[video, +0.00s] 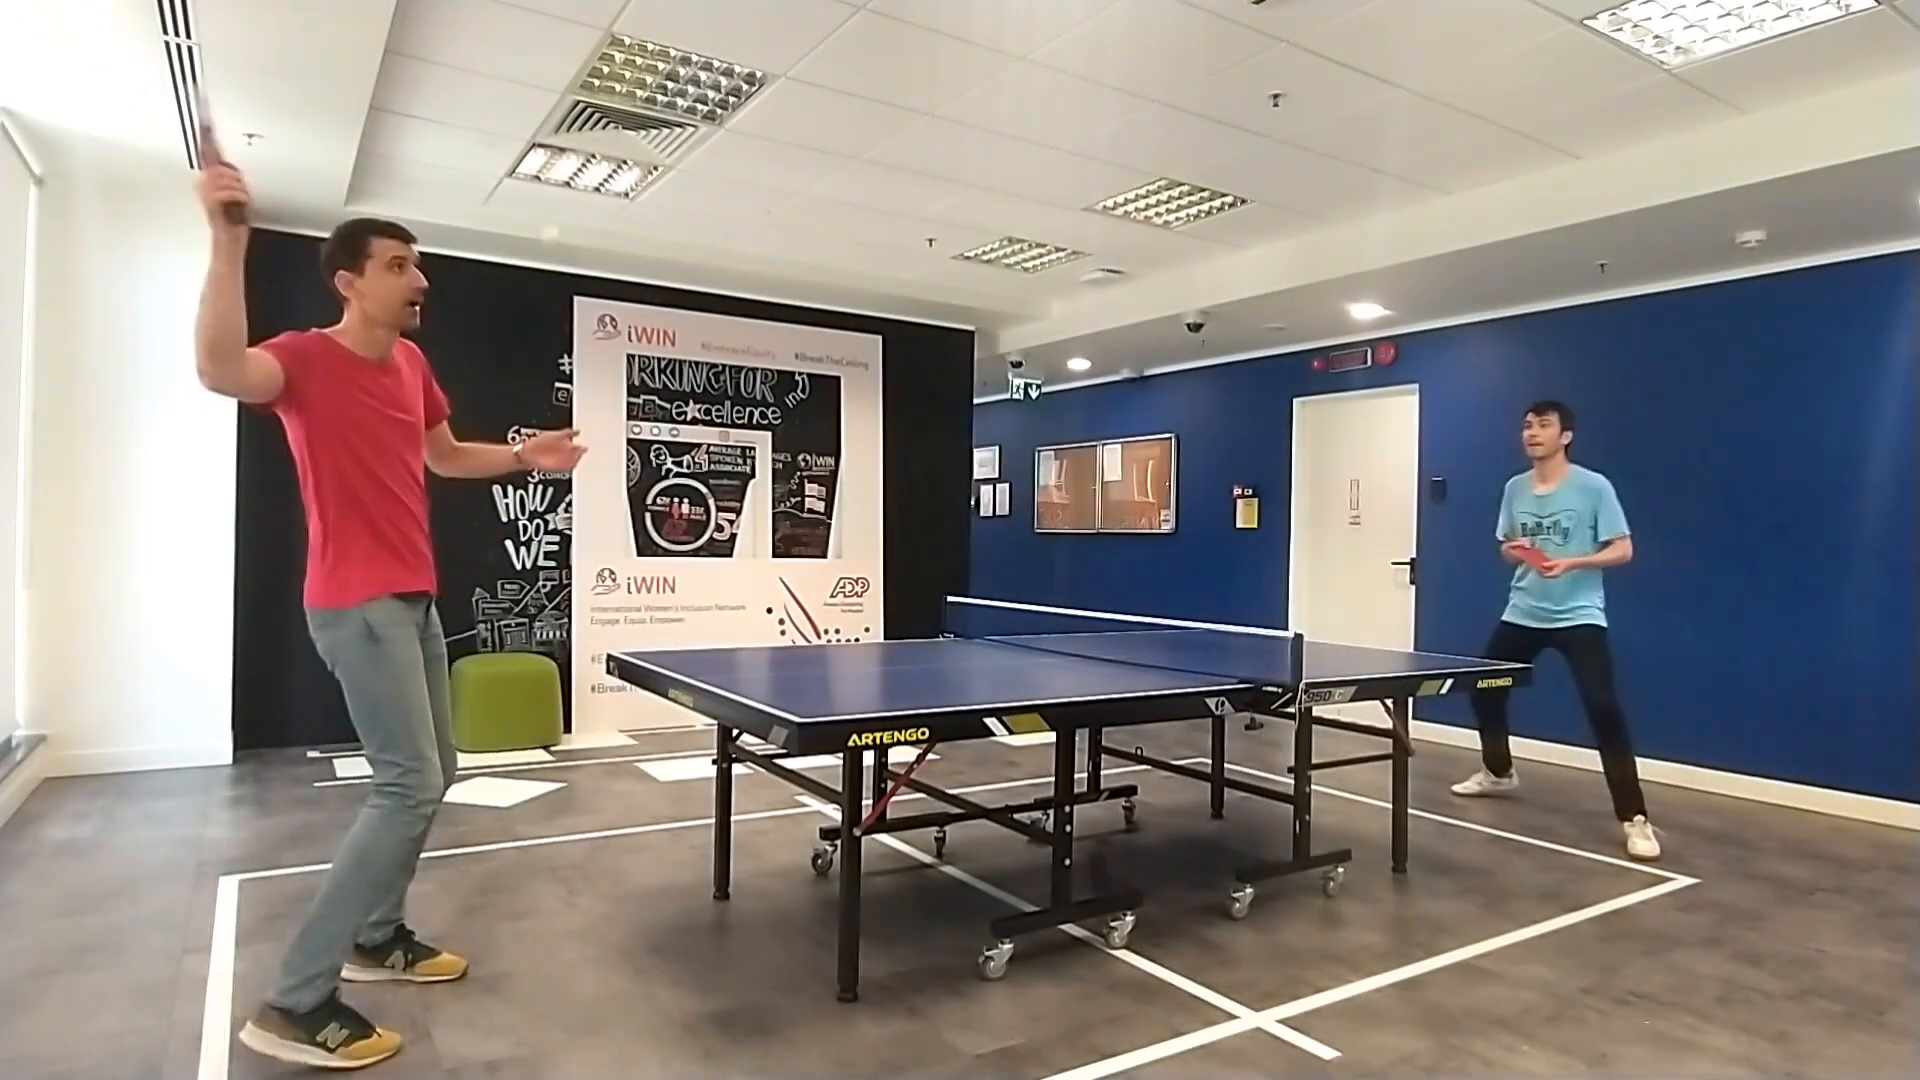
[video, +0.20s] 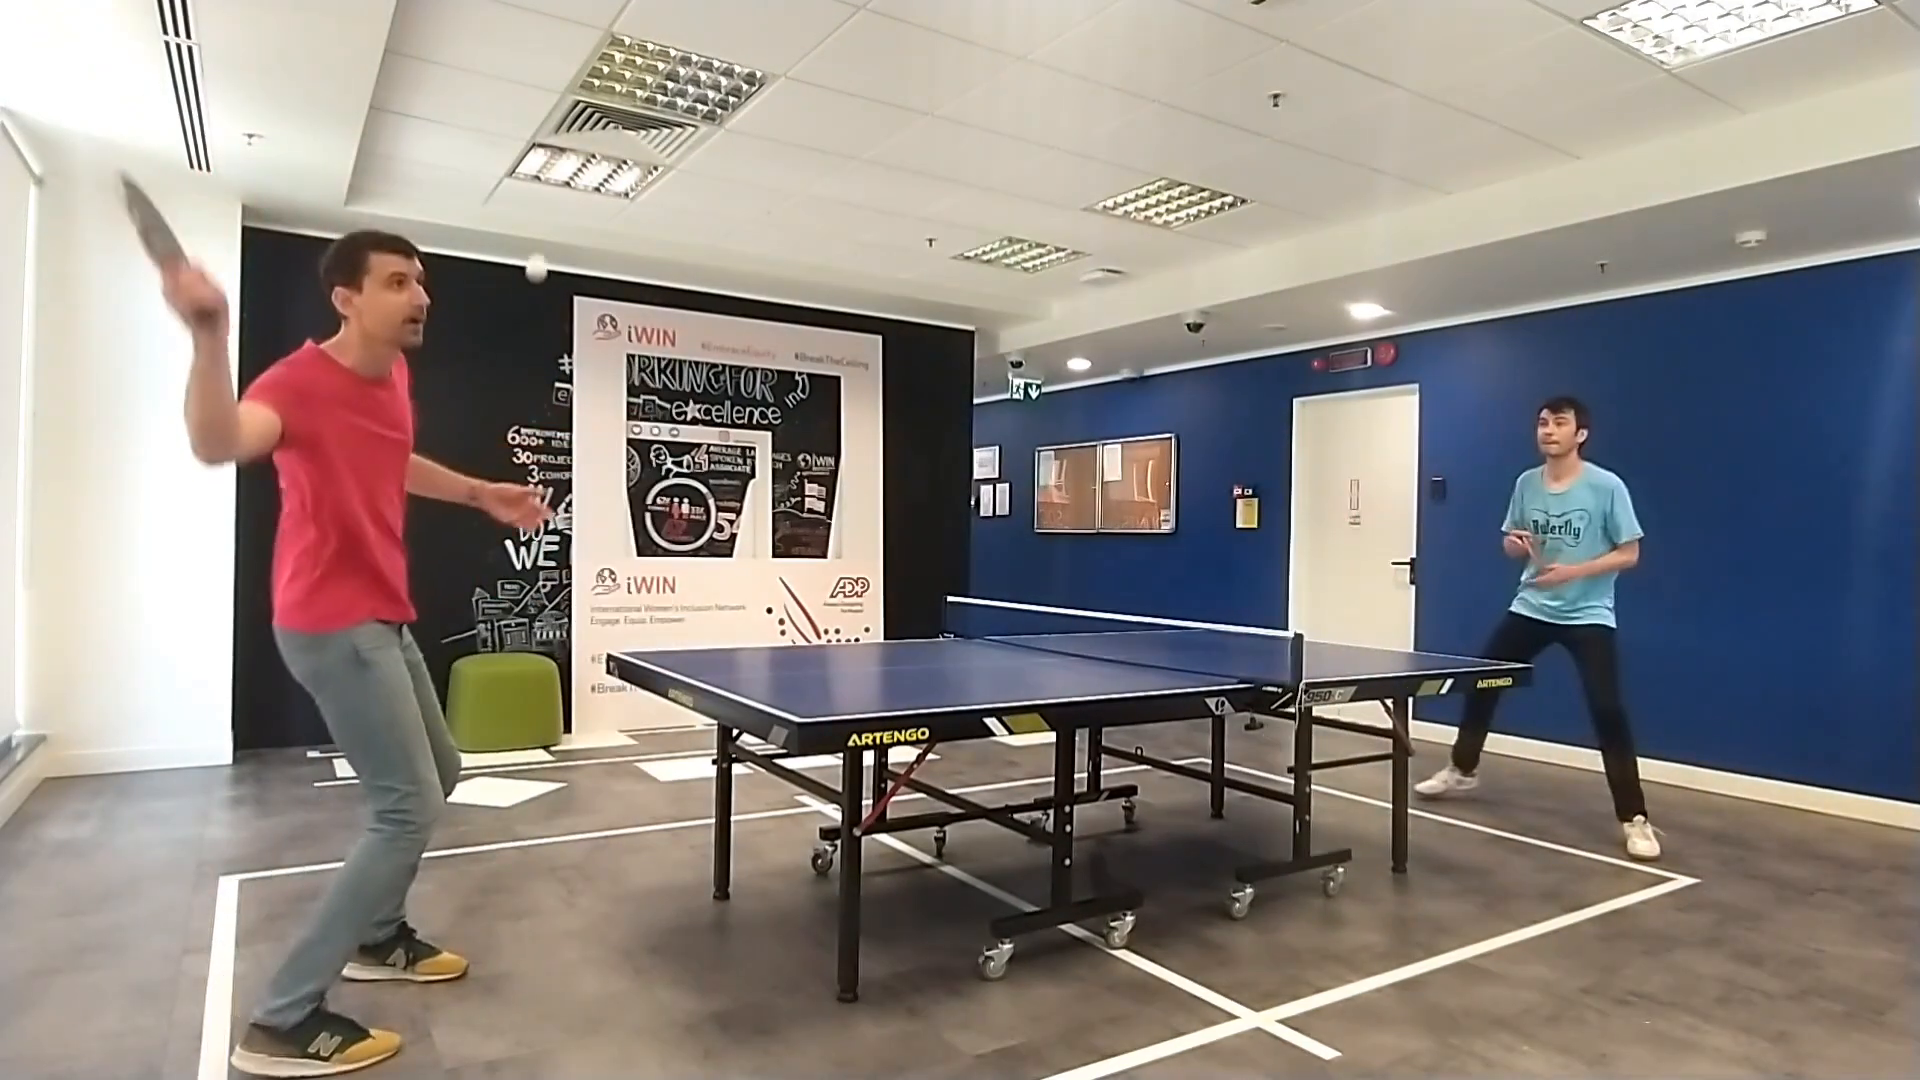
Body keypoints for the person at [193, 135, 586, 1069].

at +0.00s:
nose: (419, 278)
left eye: (418, 266)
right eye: (402, 265)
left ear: (399, 286)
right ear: (349, 281)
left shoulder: (408, 363)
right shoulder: (308, 358)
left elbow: (445, 455)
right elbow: (221, 367)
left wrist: (526, 453)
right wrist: (227, 239)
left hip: (413, 594)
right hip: (354, 600)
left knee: (428, 776)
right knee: (409, 786)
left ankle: (376, 931)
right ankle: (296, 999)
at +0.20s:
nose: (419, 297)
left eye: (420, 284)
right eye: (399, 283)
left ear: (408, 303)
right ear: (348, 299)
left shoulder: (393, 379)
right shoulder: (303, 377)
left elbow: (386, 464)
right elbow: (215, 442)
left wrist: (480, 492)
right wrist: (208, 332)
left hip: (383, 615)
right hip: (329, 620)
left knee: (438, 769)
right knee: (407, 808)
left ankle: (377, 932)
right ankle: (283, 1015)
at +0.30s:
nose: (418, 329)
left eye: (421, 314)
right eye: (399, 313)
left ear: (414, 327)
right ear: (346, 323)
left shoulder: (381, 394)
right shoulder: (289, 406)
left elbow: (369, 475)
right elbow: (226, 521)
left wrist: (451, 509)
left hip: (364, 626)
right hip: (310, 637)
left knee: (439, 774)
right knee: (413, 816)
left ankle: (377, 933)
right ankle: (285, 1016)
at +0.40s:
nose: (407, 362)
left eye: (412, 346)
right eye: (389, 346)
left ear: (406, 351)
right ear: (332, 351)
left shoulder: (357, 412)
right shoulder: (281, 435)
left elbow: (350, 491)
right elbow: (270, 578)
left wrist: (426, 523)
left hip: (345, 640)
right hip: (298, 658)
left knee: (434, 776)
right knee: (415, 820)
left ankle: (366, 938)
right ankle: (285, 1019)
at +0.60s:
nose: (379, 389)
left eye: (379, 371)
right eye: (363, 372)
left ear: (307, 374)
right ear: (300, 375)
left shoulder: (284, 413)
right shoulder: (245, 478)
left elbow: (293, 504)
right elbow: (324, 615)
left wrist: (369, 530)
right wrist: (473, 606)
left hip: (291, 652)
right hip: (256, 676)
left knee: (370, 782)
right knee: (409, 824)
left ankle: (252, 905)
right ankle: (286, 1021)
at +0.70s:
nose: (354, 374)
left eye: (353, 358)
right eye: (339, 358)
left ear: (275, 366)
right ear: (276, 364)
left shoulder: (238, 412)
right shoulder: (221, 464)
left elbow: (258, 505)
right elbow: (316, 595)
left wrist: (340, 523)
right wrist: (453, 555)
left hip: (237, 660)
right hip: (233, 676)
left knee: (322, 794)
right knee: (388, 818)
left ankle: (150, 883)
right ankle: (285, 1021)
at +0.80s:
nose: (319, 357)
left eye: (317, 340)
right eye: (304, 341)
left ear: (248, 350)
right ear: (246, 348)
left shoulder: (215, 412)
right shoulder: (184, 442)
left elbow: (223, 505)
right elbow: (264, 581)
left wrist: (310, 521)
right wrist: (399, 535)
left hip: (195, 655)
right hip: (195, 665)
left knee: (243, 808)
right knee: (357, 809)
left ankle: (59, 900)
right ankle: (283, 1022)